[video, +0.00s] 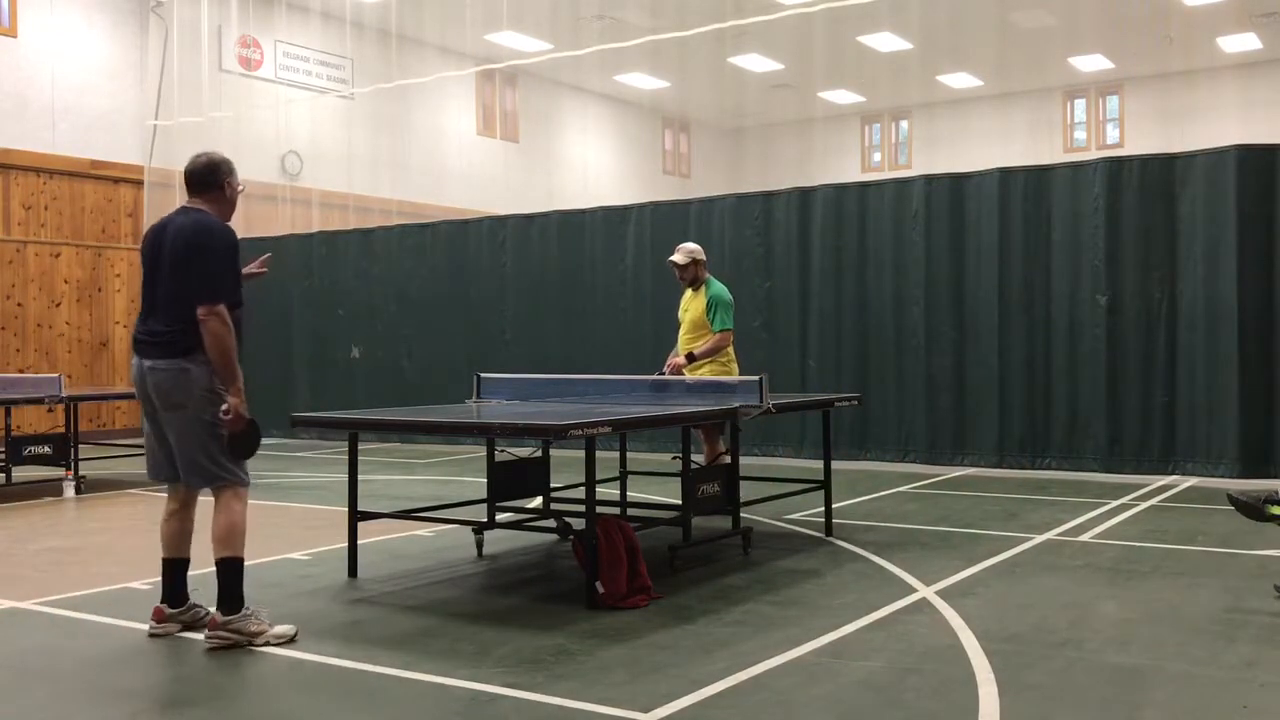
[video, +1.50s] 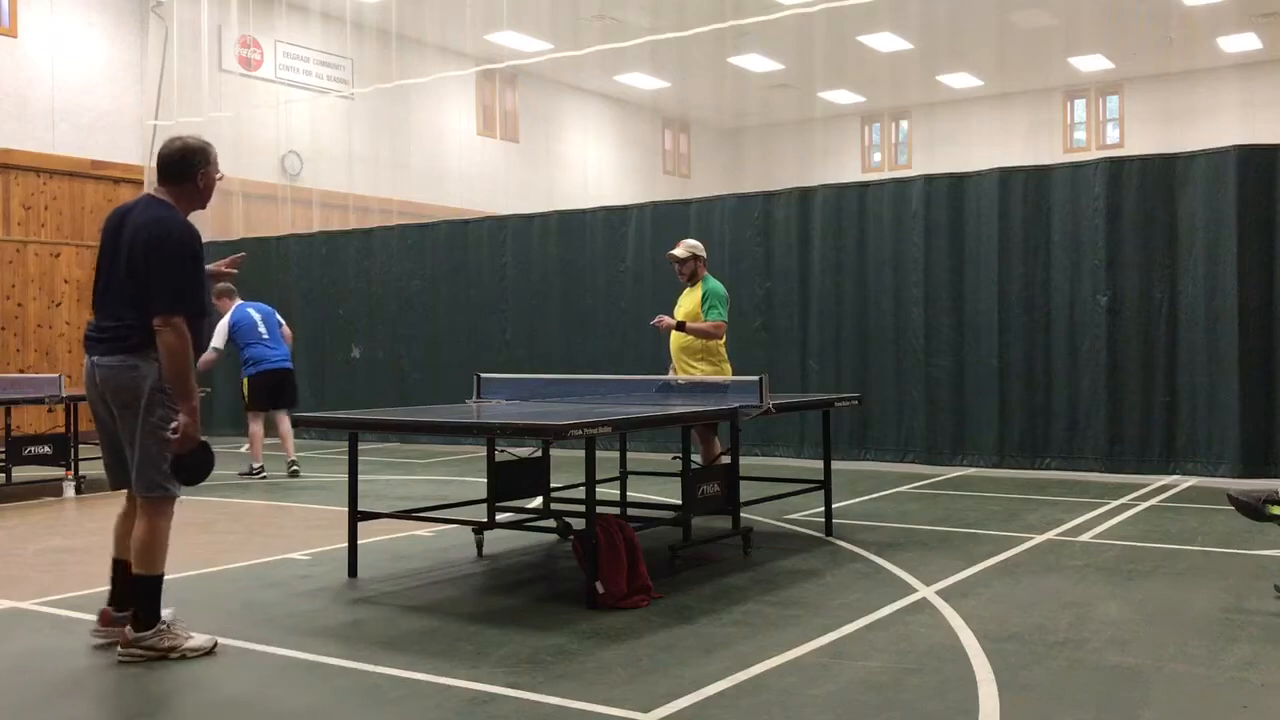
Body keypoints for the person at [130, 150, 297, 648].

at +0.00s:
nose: (238, 196)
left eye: (237, 188)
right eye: (237, 189)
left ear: (190, 187)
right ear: (226, 189)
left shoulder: (158, 232)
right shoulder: (217, 234)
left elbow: (175, 287)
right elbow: (211, 315)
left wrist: (235, 276)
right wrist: (235, 387)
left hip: (149, 369)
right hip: (189, 371)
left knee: (181, 488)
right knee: (232, 487)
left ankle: (174, 604)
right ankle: (232, 614)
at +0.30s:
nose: (234, 197)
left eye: (233, 190)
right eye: (232, 189)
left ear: (187, 189)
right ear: (218, 188)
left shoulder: (160, 229)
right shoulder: (199, 229)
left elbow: (184, 299)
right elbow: (188, 306)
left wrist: (239, 288)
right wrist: (212, 380)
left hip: (140, 363)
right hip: (171, 363)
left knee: (169, 490)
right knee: (205, 485)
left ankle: (173, 606)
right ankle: (216, 613)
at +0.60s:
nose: (227, 191)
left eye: (224, 184)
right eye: (223, 184)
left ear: (177, 186)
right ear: (210, 186)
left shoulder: (156, 225)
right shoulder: (192, 226)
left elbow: (172, 293)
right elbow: (186, 306)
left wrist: (229, 286)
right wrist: (213, 378)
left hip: (141, 363)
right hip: (165, 364)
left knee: (178, 487)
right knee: (180, 489)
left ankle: (174, 603)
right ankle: (151, 619)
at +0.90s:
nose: (218, 185)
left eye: (216, 177)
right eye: (215, 178)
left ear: (166, 181)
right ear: (201, 181)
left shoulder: (140, 226)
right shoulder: (188, 229)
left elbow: (160, 293)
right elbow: (192, 317)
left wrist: (218, 278)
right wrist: (227, 388)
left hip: (135, 368)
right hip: (169, 371)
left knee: (174, 493)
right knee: (173, 497)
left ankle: (175, 605)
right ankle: (146, 626)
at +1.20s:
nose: (222, 183)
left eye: (220, 175)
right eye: (219, 175)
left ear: (168, 179)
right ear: (203, 181)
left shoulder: (131, 223)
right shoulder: (184, 234)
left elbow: (151, 291)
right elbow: (182, 325)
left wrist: (212, 276)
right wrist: (213, 406)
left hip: (118, 372)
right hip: (160, 373)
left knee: (158, 496)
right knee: (168, 500)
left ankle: (174, 605)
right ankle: (146, 628)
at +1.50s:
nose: (217, 181)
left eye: (215, 173)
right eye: (214, 174)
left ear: (163, 174)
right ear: (199, 179)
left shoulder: (122, 216)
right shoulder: (176, 232)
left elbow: (140, 285)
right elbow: (169, 324)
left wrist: (202, 271)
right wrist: (188, 407)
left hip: (104, 369)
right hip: (144, 373)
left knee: (137, 494)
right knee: (156, 500)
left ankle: (118, 611)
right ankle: (147, 628)